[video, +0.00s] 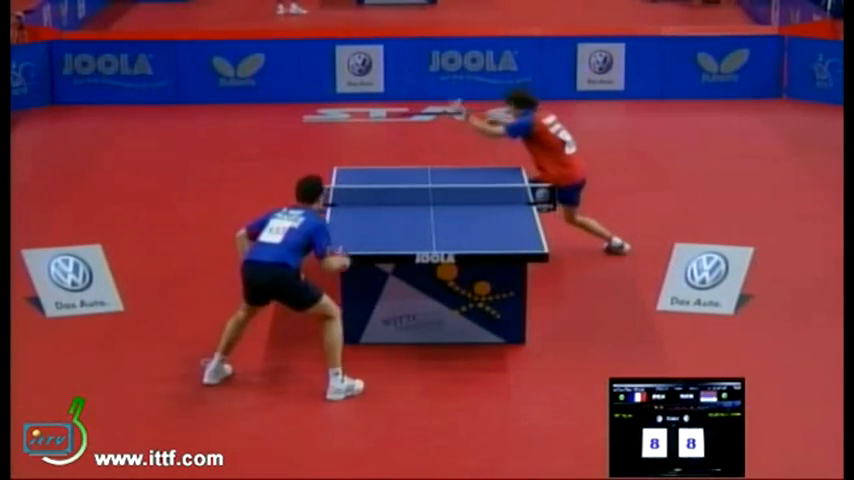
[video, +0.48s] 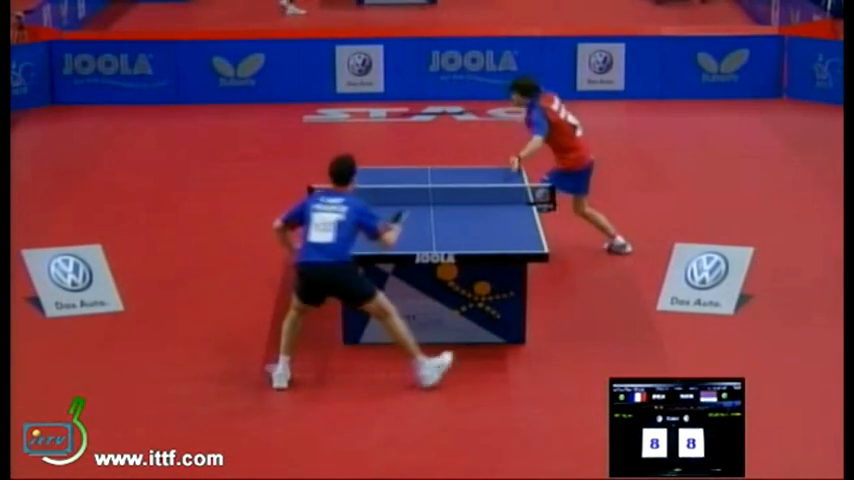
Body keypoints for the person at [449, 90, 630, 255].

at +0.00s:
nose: (509, 111)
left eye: (511, 108)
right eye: (510, 108)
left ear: (520, 109)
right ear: (530, 105)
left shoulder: (529, 123)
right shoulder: (544, 116)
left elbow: (494, 132)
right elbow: (509, 124)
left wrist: (468, 119)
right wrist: (485, 119)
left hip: (559, 182)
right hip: (575, 177)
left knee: (518, 200)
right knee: (572, 217)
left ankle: (523, 244)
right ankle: (614, 241)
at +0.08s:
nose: (516, 107)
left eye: (518, 103)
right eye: (516, 103)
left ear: (527, 105)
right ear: (537, 101)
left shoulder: (535, 120)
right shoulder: (551, 114)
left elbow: (500, 128)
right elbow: (521, 119)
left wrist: (474, 113)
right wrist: (504, 113)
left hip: (561, 182)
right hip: (580, 178)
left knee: (516, 196)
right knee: (573, 217)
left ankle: (522, 244)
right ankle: (615, 242)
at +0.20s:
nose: (521, 100)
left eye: (524, 97)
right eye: (522, 97)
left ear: (533, 98)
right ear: (543, 96)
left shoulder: (543, 116)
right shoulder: (559, 108)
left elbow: (511, 133)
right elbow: (532, 115)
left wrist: (482, 127)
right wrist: (516, 109)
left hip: (566, 177)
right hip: (586, 173)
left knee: (527, 198)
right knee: (577, 213)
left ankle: (525, 242)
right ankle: (617, 241)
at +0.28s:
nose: (524, 99)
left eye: (526, 95)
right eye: (524, 95)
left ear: (535, 96)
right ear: (546, 92)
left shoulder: (544, 112)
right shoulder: (560, 103)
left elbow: (525, 137)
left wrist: (493, 141)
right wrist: (528, 108)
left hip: (569, 173)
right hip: (590, 168)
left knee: (531, 197)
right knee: (579, 210)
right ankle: (617, 241)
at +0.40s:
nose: (519, 97)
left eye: (521, 94)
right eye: (519, 93)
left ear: (530, 94)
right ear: (540, 91)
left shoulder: (541, 110)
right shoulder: (554, 97)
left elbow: (537, 138)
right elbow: (529, 109)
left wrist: (515, 155)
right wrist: (509, 113)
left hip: (572, 169)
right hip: (589, 163)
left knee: (536, 196)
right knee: (582, 209)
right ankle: (617, 240)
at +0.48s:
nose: (512, 100)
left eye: (514, 96)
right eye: (512, 96)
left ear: (524, 96)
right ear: (532, 92)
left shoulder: (537, 111)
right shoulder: (548, 98)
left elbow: (538, 139)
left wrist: (519, 157)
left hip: (572, 166)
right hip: (584, 160)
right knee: (581, 208)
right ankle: (617, 239)